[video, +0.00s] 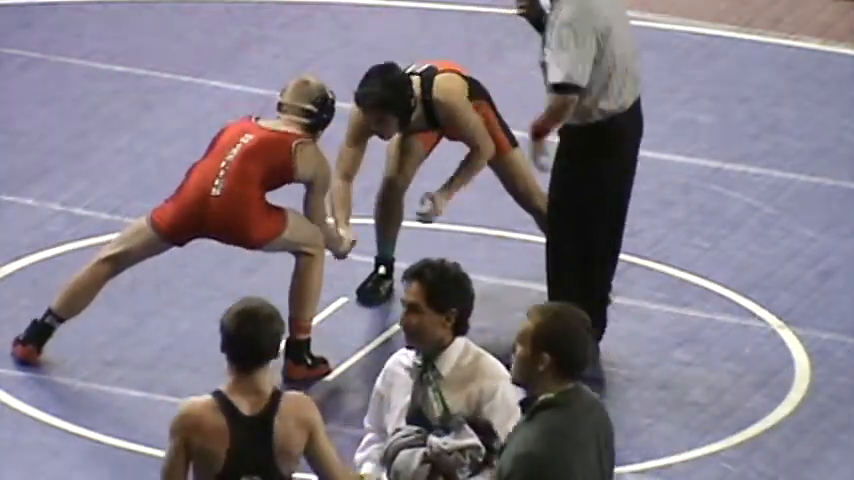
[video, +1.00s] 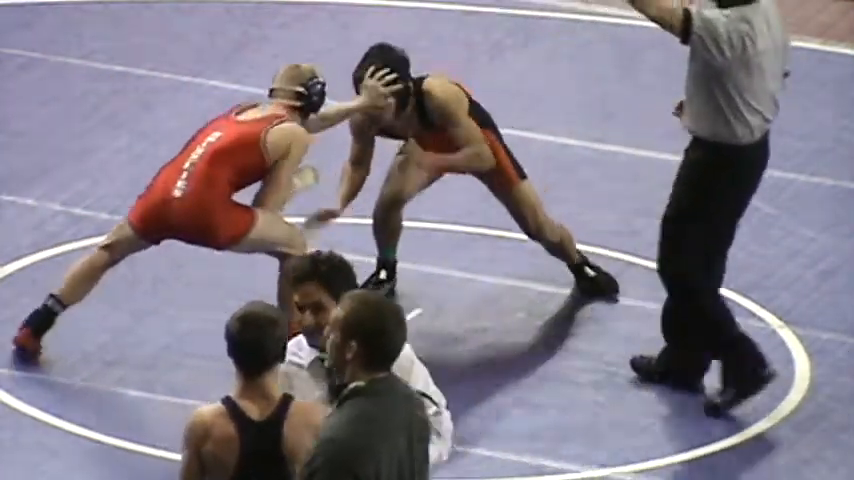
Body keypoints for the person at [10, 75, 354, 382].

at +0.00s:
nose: (281, 102)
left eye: (283, 98)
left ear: (281, 106)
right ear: (321, 121)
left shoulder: (239, 126)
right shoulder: (314, 159)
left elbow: (207, 172)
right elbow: (319, 229)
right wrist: (340, 246)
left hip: (187, 207)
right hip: (242, 219)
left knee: (110, 261)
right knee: (315, 245)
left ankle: (33, 339)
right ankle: (300, 358)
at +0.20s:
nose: (281, 95)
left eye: (283, 95)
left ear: (279, 107)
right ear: (316, 117)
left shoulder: (240, 131)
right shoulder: (313, 140)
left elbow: (232, 227)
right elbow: (313, 214)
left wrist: (247, 306)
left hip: (185, 207)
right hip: (238, 215)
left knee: (109, 262)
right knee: (319, 247)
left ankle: (34, 339)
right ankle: (300, 356)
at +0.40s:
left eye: (284, 100)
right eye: (321, 125)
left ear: (278, 113)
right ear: (315, 119)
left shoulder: (238, 137)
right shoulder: (310, 137)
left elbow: (234, 237)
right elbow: (296, 209)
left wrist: (240, 317)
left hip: (182, 211)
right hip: (238, 218)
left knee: (109, 259)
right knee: (319, 246)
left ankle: (34, 339)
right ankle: (299, 358)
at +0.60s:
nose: (319, 130)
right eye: (321, 122)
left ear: (278, 108)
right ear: (316, 115)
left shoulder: (237, 133)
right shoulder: (310, 135)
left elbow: (226, 239)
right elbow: (293, 209)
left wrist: (247, 302)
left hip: (182, 210)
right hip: (239, 218)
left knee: (106, 261)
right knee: (316, 245)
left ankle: (34, 339)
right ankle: (297, 361)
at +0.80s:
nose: (322, 124)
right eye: (325, 115)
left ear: (283, 98)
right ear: (319, 110)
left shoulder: (242, 122)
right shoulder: (310, 136)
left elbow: (206, 176)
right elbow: (292, 205)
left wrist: (281, 191)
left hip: (182, 206)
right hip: (237, 218)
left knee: (108, 259)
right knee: (313, 245)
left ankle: (36, 337)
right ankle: (299, 343)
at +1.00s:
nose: (317, 107)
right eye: (316, 100)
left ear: (276, 93)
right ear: (310, 104)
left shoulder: (252, 107)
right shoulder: (295, 135)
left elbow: (308, 118)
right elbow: (267, 212)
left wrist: (363, 103)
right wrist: (292, 188)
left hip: (155, 204)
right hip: (205, 217)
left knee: (107, 254)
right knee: (292, 243)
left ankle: (38, 323)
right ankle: (294, 342)